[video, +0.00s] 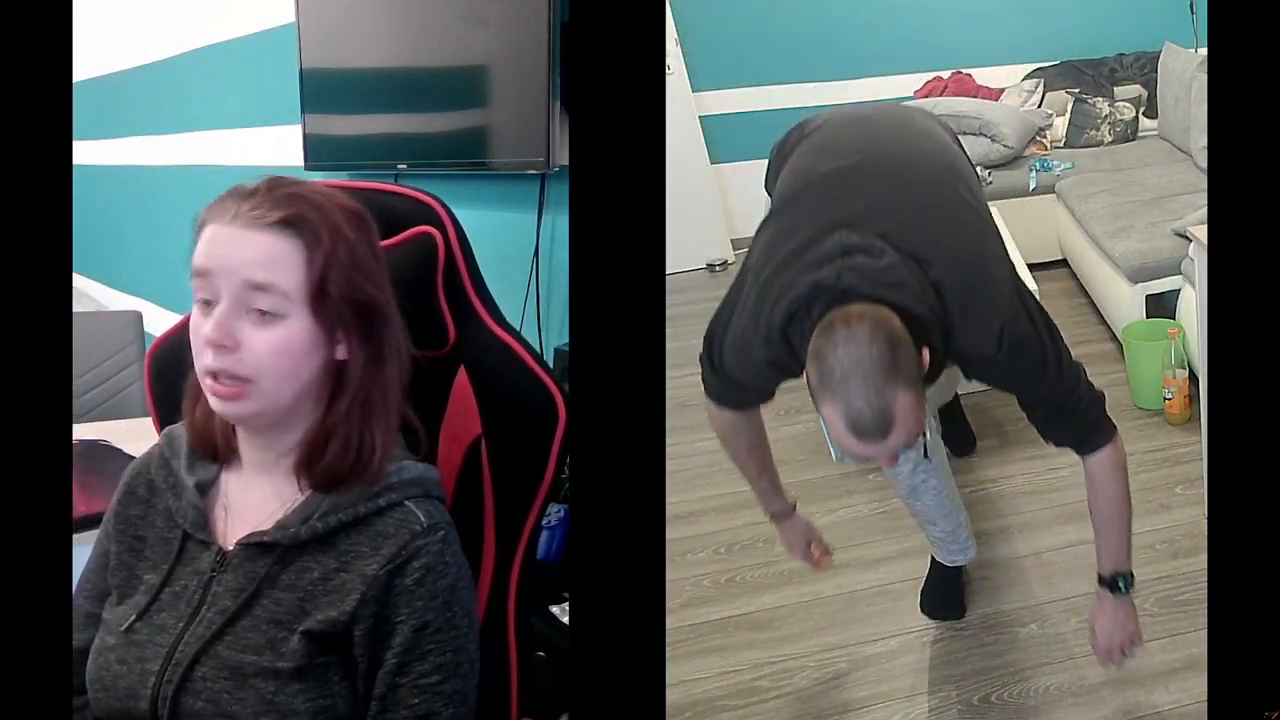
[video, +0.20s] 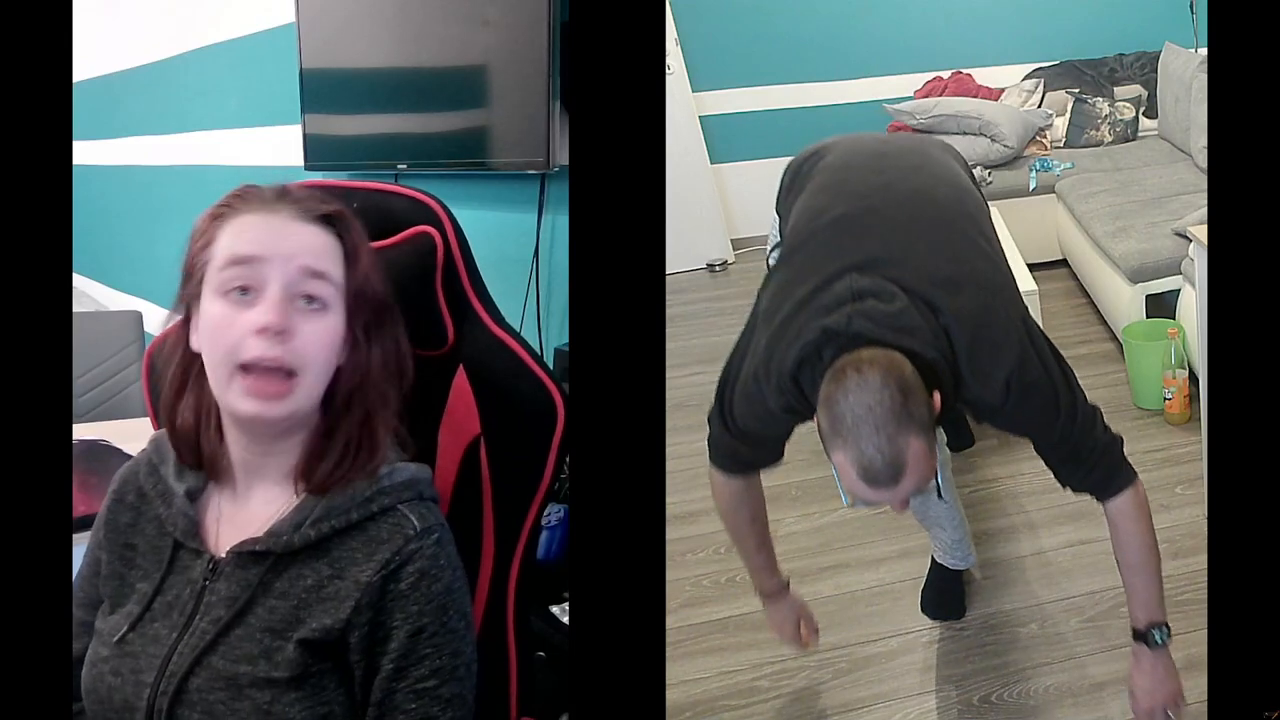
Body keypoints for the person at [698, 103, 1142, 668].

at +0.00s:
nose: (892, 465)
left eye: (905, 448)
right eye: (868, 458)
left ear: (925, 361)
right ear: (811, 381)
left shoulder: (990, 321)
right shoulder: (754, 334)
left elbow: (1100, 440)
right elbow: (726, 398)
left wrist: (1117, 587)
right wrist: (781, 513)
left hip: (920, 129)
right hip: (805, 142)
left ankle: (947, 397)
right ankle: (951, 553)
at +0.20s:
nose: (904, 508)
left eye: (916, 490)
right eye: (876, 503)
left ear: (935, 407)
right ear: (823, 432)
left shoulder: (1001, 358)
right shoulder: (770, 377)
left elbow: (1117, 481)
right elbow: (730, 462)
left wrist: (1152, 642)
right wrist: (773, 592)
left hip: (936, 163)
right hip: (817, 169)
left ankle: (956, 402)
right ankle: (951, 556)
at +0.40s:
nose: (920, 557)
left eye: (930, 544)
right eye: (897, 550)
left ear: (958, 454)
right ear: (843, 477)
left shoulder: (1020, 413)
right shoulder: (786, 422)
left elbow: (1110, 552)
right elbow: (739, 533)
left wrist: (1165, 694)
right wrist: (769, 684)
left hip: (957, 194)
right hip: (835, 198)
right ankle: (951, 549)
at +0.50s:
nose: (936, 587)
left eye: (953, 569)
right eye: (909, 579)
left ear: (974, 477)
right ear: (857, 502)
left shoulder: (1039, 439)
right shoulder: (794, 443)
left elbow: (1111, 579)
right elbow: (744, 570)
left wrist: (1164, 706)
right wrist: (761, 713)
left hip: (973, 212)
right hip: (848, 212)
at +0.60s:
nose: (951, 612)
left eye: (972, 595)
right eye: (927, 601)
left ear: (994, 499)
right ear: (875, 518)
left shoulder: (1056, 452)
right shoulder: (806, 466)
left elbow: (1125, 585)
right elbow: (758, 604)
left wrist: (1167, 707)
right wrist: (755, 718)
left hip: (984, 226)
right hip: (859, 227)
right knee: (831, 322)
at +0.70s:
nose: (973, 620)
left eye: (990, 605)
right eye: (949, 613)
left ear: (1011, 510)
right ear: (891, 532)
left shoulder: (1066, 454)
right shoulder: (819, 486)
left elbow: (1130, 587)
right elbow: (778, 640)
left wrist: (1168, 707)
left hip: (988, 233)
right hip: (863, 240)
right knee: (833, 330)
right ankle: (826, 284)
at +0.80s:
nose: (976, 629)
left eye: (995, 612)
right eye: (950, 621)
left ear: (1018, 515)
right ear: (896, 540)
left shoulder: (1072, 460)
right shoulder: (825, 500)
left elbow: (1133, 591)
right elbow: (793, 663)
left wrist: (1169, 707)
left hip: (987, 239)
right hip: (860, 249)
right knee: (846, 348)